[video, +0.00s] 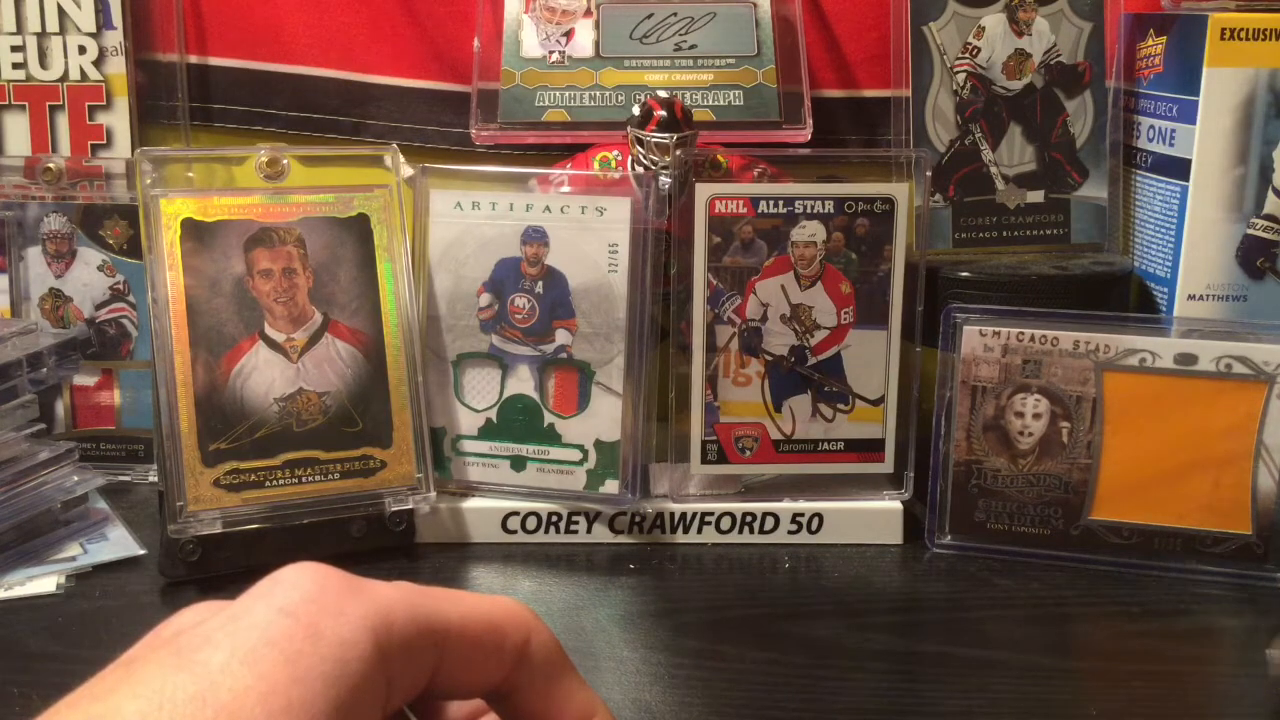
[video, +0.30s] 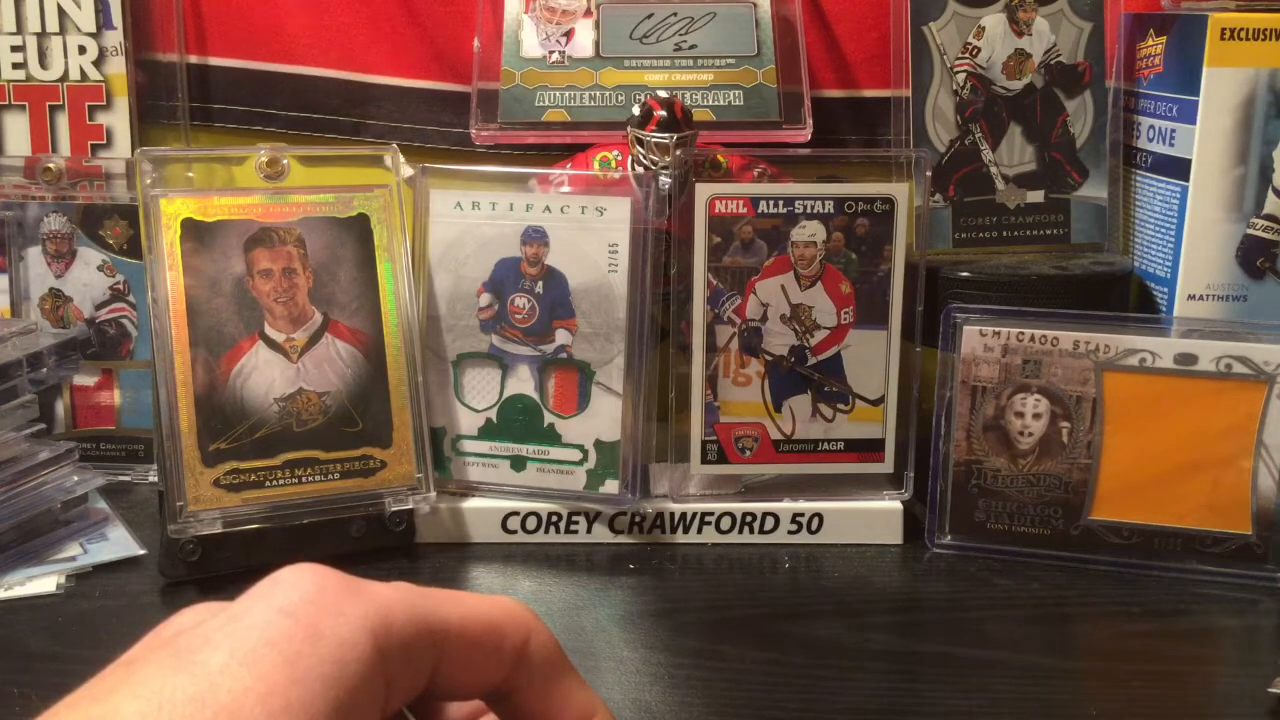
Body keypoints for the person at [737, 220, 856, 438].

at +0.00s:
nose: (801, 253)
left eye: (807, 247)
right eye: (796, 247)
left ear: (821, 249)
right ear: (790, 249)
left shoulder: (838, 285)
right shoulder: (773, 271)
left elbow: (843, 330)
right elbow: (754, 292)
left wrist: (810, 352)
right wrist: (751, 326)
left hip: (823, 353)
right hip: (780, 353)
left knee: (832, 412)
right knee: (799, 409)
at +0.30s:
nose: (801, 253)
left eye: (807, 247)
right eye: (796, 247)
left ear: (821, 249)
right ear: (790, 248)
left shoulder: (838, 285)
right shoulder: (773, 271)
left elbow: (843, 329)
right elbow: (754, 292)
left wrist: (810, 352)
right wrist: (751, 326)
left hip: (823, 353)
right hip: (780, 353)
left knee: (832, 412)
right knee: (799, 410)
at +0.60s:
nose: (801, 253)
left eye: (807, 247)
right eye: (796, 247)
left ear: (821, 249)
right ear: (790, 249)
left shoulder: (838, 285)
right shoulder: (773, 271)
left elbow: (842, 330)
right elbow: (754, 294)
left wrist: (810, 352)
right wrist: (750, 326)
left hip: (823, 354)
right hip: (781, 354)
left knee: (834, 413)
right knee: (799, 410)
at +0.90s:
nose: (801, 253)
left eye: (807, 247)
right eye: (796, 247)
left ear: (821, 249)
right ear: (790, 249)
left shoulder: (838, 285)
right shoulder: (773, 271)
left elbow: (842, 330)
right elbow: (754, 294)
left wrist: (810, 352)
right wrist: (750, 326)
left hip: (823, 354)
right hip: (781, 354)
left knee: (833, 413)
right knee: (799, 410)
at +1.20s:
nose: (801, 253)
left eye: (808, 247)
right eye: (796, 247)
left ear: (821, 249)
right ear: (790, 249)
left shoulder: (839, 285)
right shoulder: (773, 271)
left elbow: (843, 330)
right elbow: (754, 293)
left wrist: (809, 353)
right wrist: (750, 326)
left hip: (823, 354)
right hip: (780, 353)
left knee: (834, 412)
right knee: (799, 410)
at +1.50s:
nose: (801, 253)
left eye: (808, 247)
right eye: (796, 247)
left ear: (821, 249)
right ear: (790, 249)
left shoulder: (838, 285)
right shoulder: (773, 271)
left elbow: (842, 331)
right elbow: (754, 293)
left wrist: (810, 352)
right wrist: (750, 325)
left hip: (823, 354)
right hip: (780, 353)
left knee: (834, 413)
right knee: (798, 411)